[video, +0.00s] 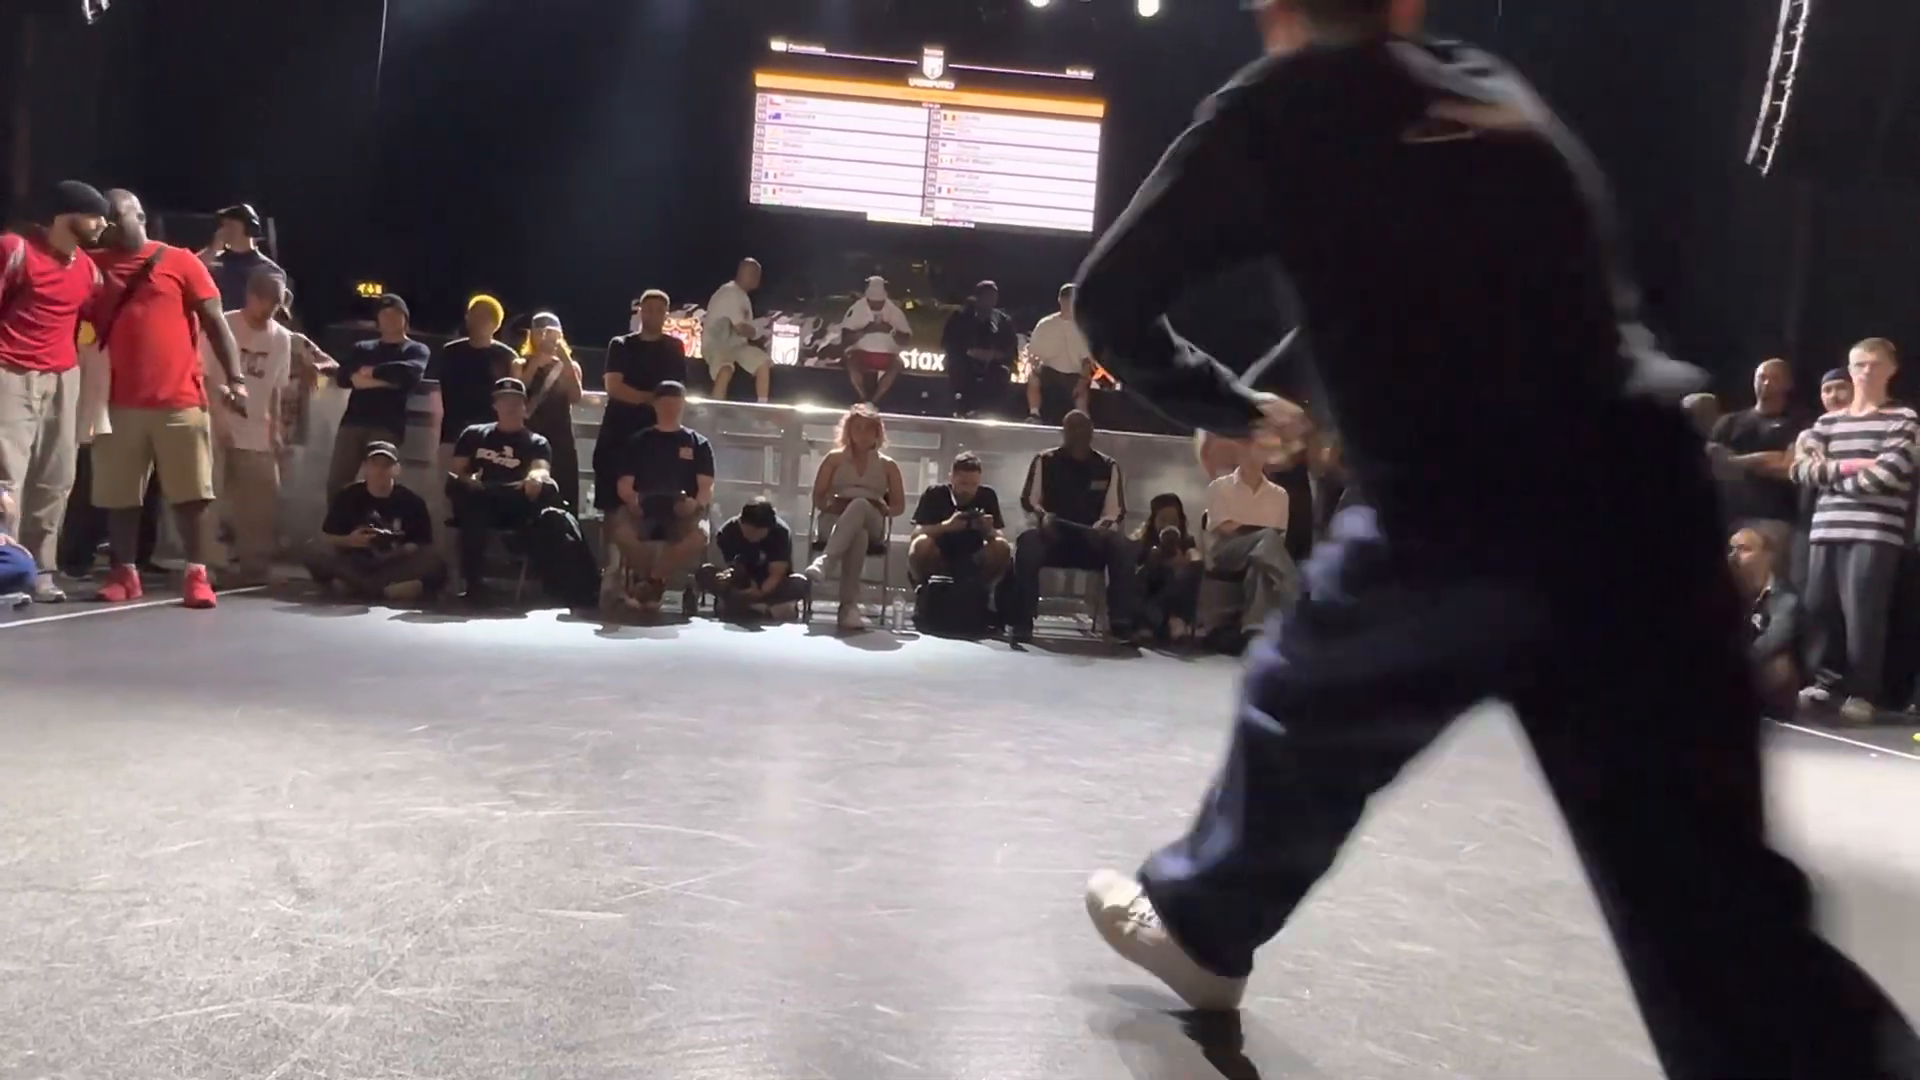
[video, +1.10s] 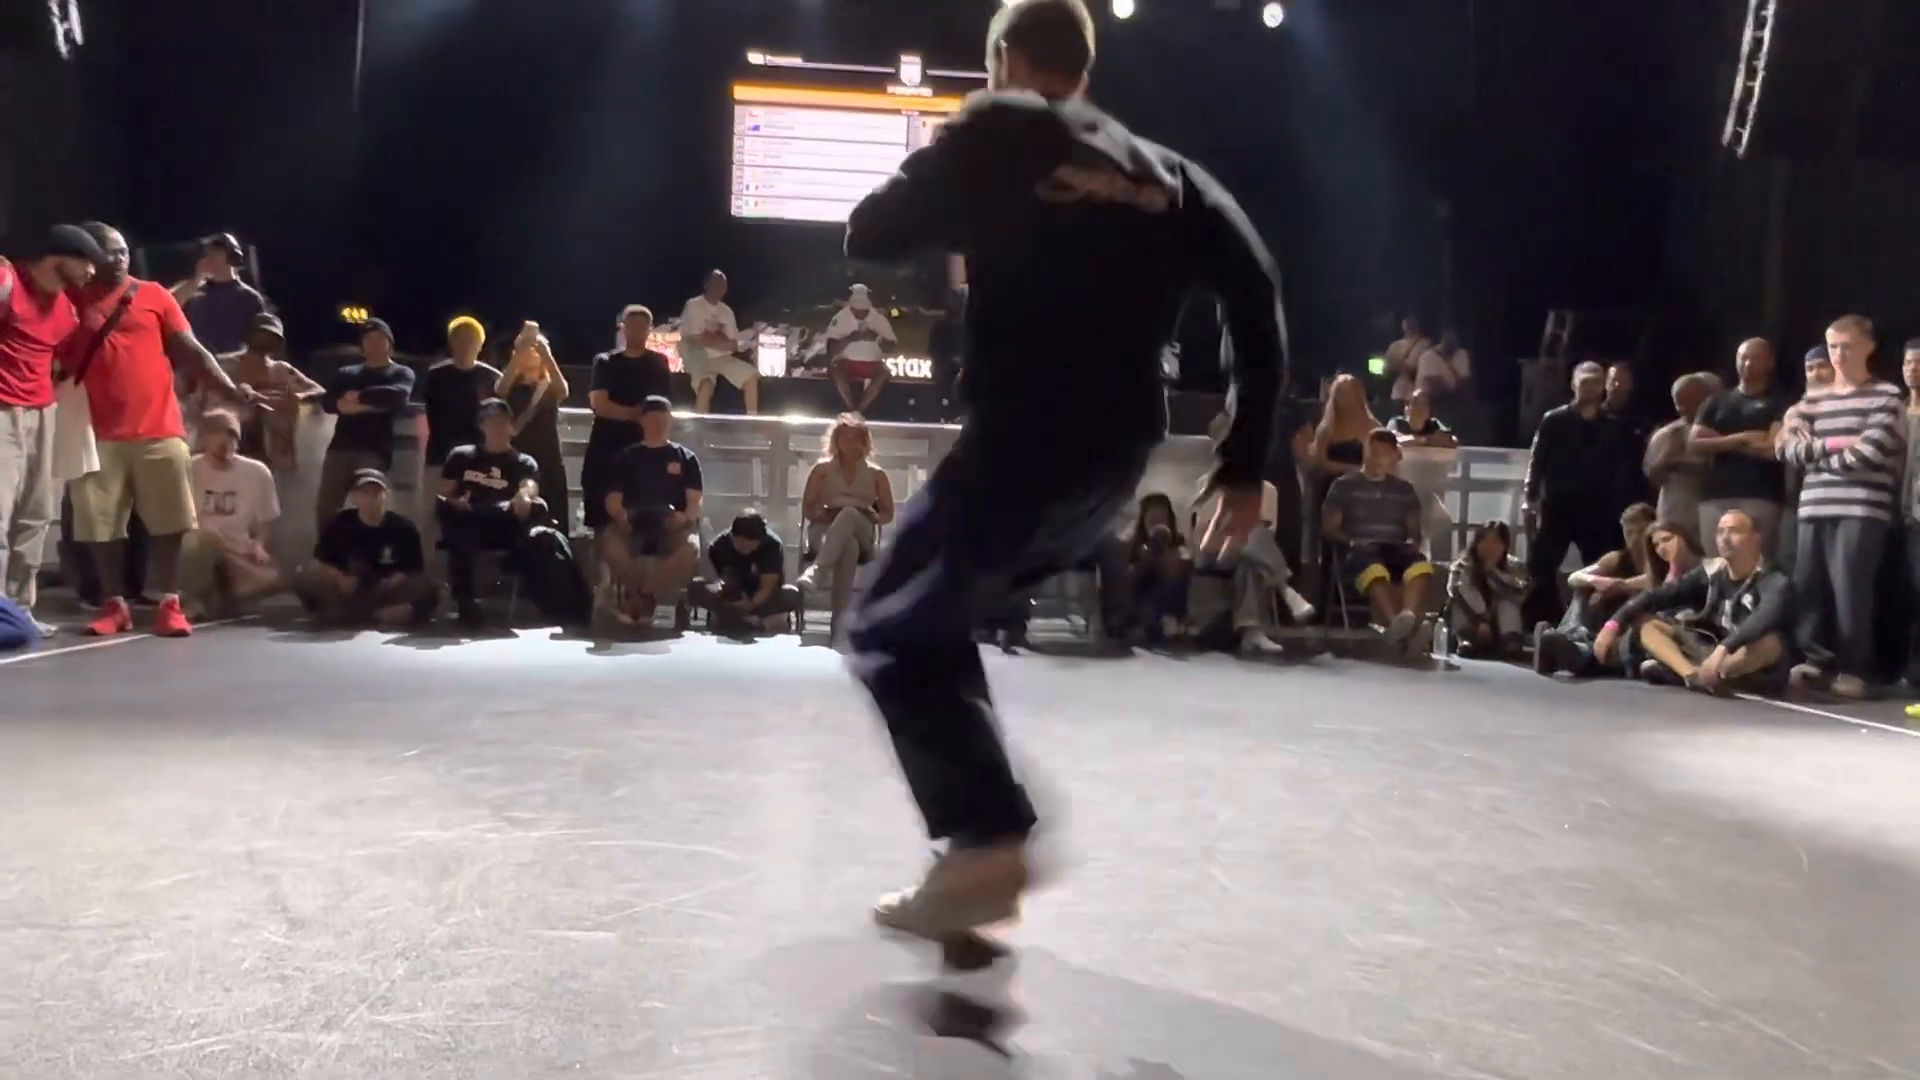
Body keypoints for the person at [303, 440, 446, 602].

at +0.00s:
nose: (380, 471)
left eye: (386, 466)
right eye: (375, 465)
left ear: (395, 470)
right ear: (365, 467)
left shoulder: (412, 502)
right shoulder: (346, 497)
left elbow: (423, 546)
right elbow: (327, 538)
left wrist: (395, 548)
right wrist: (350, 541)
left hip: (395, 561)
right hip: (354, 560)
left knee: (433, 561)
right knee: (313, 550)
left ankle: (358, 588)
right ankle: (382, 591)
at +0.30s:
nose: (375, 477)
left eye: (380, 472)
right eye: (369, 471)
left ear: (389, 475)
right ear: (358, 474)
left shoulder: (405, 507)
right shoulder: (339, 501)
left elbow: (416, 548)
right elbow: (318, 540)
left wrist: (400, 558)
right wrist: (346, 557)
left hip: (389, 568)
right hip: (347, 567)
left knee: (427, 568)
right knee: (306, 556)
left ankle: (350, 596)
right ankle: (378, 596)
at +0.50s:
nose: (371, 485)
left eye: (377, 480)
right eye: (366, 479)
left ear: (386, 483)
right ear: (356, 481)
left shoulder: (402, 515)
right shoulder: (338, 509)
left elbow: (413, 557)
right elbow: (320, 548)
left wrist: (384, 573)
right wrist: (341, 574)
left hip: (385, 575)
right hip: (346, 572)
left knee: (424, 573)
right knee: (301, 562)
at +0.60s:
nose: (374, 491)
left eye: (380, 485)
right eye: (369, 484)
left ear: (389, 488)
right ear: (358, 487)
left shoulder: (405, 520)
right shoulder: (339, 514)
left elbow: (415, 562)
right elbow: (319, 553)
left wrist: (387, 579)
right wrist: (341, 578)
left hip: (386, 581)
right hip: (347, 580)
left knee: (428, 580)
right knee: (304, 567)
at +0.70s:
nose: (373, 493)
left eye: (379, 486)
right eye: (367, 486)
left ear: (388, 489)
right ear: (357, 489)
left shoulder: (404, 521)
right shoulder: (338, 515)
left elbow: (413, 563)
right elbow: (318, 553)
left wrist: (386, 579)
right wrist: (340, 578)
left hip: (386, 582)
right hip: (346, 581)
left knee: (427, 581)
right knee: (304, 570)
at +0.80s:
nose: (367, 486)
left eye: (372, 480)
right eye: (361, 480)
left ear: (382, 483)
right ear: (352, 483)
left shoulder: (399, 514)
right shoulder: (334, 508)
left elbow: (409, 556)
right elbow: (318, 549)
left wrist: (381, 573)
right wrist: (337, 573)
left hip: (382, 576)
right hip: (343, 575)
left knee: (422, 574)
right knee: (300, 563)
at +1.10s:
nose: (371, 499)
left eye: (376, 493)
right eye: (365, 493)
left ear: (385, 496)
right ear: (355, 497)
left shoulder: (403, 528)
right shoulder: (339, 524)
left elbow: (413, 570)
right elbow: (323, 561)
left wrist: (394, 581)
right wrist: (341, 579)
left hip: (386, 588)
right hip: (348, 587)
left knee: (425, 588)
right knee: (305, 578)